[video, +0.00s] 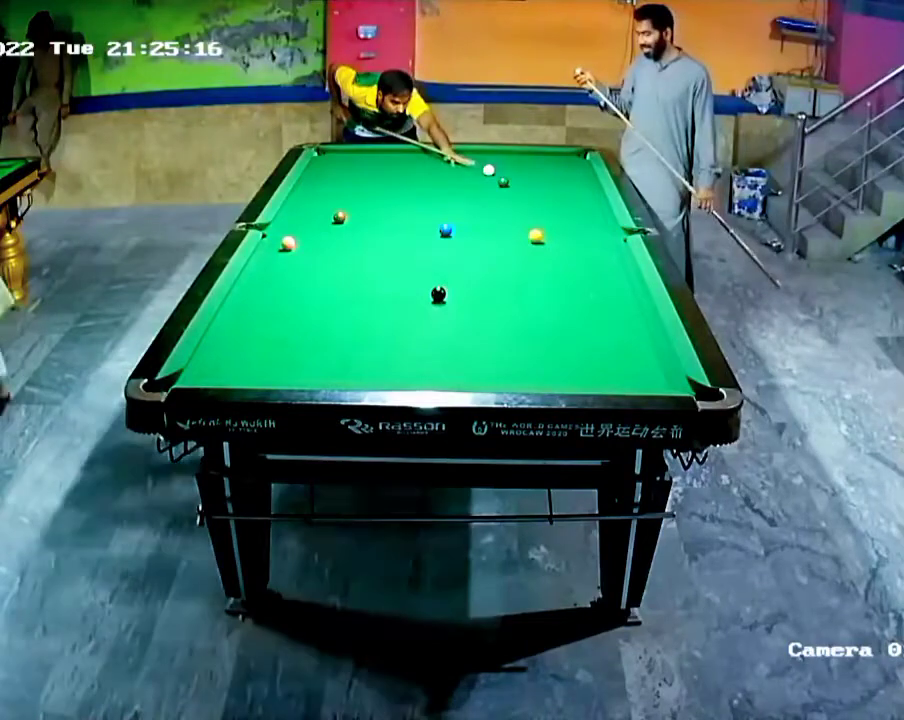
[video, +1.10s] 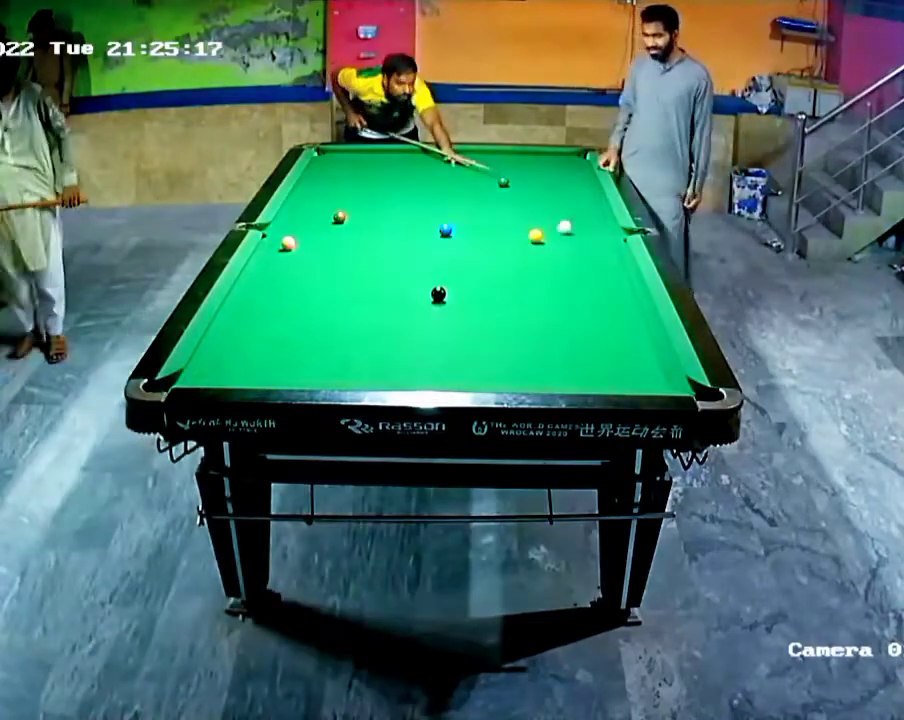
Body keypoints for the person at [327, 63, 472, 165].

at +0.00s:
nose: (400, 110)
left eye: (405, 103)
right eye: (395, 103)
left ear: (410, 97)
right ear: (380, 95)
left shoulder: (410, 96)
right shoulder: (358, 91)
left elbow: (430, 125)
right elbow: (334, 70)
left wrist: (447, 150)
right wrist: (336, 104)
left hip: (400, 135)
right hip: (362, 134)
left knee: (403, 181)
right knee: (359, 180)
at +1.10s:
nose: (407, 90)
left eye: (411, 84)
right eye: (400, 84)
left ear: (415, 79)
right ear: (386, 79)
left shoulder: (417, 86)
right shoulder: (364, 84)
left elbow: (434, 122)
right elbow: (338, 78)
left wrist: (447, 150)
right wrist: (349, 111)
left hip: (404, 135)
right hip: (367, 135)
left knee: (408, 182)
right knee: (365, 183)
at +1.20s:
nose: (406, 82)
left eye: (410, 75)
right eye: (400, 75)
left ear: (414, 72)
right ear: (385, 70)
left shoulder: (418, 85)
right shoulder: (363, 79)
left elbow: (433, 122)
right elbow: (338, 78)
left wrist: (448, 150)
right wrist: (349, 112)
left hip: (403, 136)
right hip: (365, 135)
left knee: (408, 183)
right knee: (363, 183)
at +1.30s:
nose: (402, 56)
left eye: (407, 50)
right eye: (396, 49)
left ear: (411, 50)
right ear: (383, 48)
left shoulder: (419, 70)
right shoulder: (364, 65)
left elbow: (435, 107)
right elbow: (337, 73)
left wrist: (446, 141)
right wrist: (346, 109)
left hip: (401, 132)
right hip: (363, 131)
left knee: (404, 183)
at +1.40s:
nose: (397, 30)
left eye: (400, 24)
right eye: (390, 24)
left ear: (405, 25)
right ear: (378, 26)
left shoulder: (418, 51)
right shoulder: (359, 52)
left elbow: (436, 91)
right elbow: (337, 71)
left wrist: (440, 128)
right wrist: (345, 107)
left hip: (404, 132)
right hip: (366, 132)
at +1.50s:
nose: (394, 21)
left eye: (398, 15)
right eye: (387, 15)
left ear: (403, 16)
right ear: (375, 17)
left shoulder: (418, 46)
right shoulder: (357, 47)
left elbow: (432, 86)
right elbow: (338, 70)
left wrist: (433, 121)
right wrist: (345, 106)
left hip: (405, 133)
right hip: (366, 134)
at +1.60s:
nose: (392, 12)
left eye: (396, 6)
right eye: (384, 7)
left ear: (400, 7)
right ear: (372, 11)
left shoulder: (417, 40)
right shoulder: (356, 43)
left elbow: (427, 78)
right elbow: (338, 70)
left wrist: (420, 115)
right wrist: (349, 108)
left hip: (406, 134)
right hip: (367, 135)